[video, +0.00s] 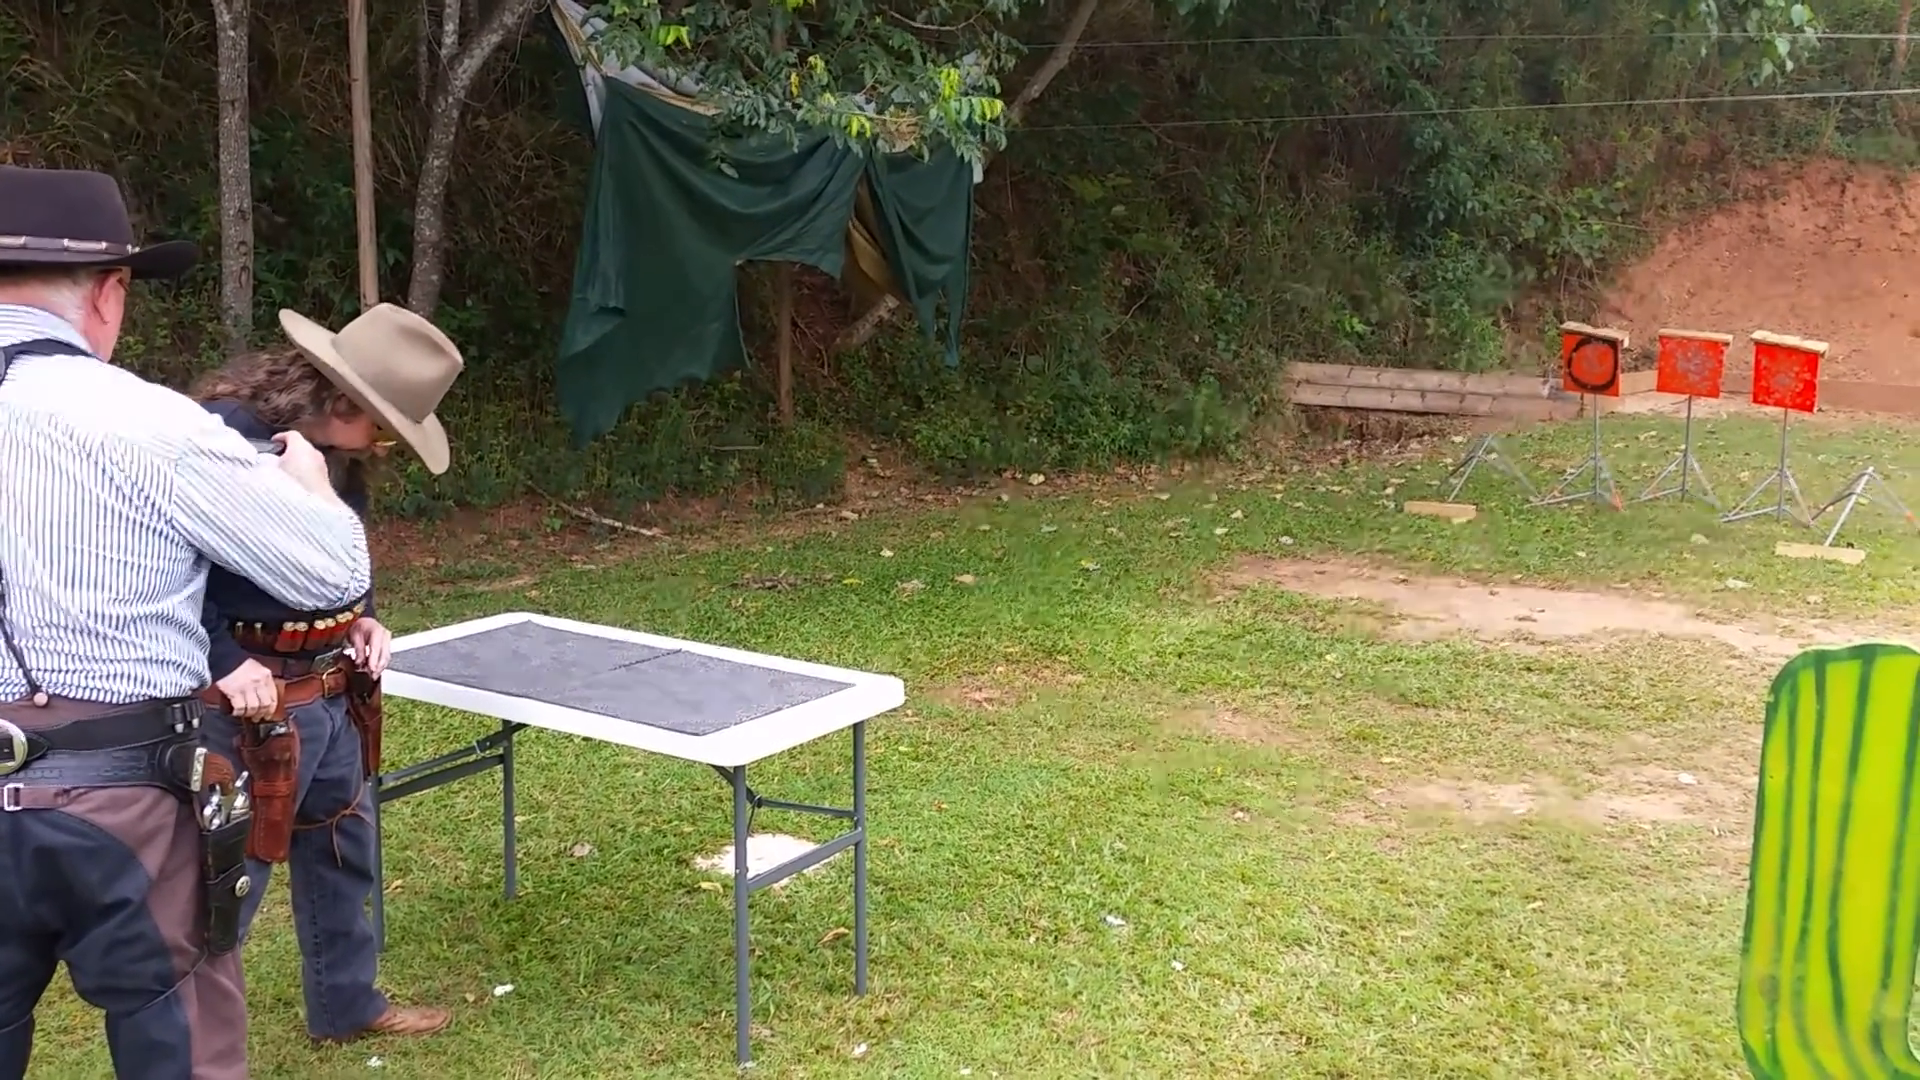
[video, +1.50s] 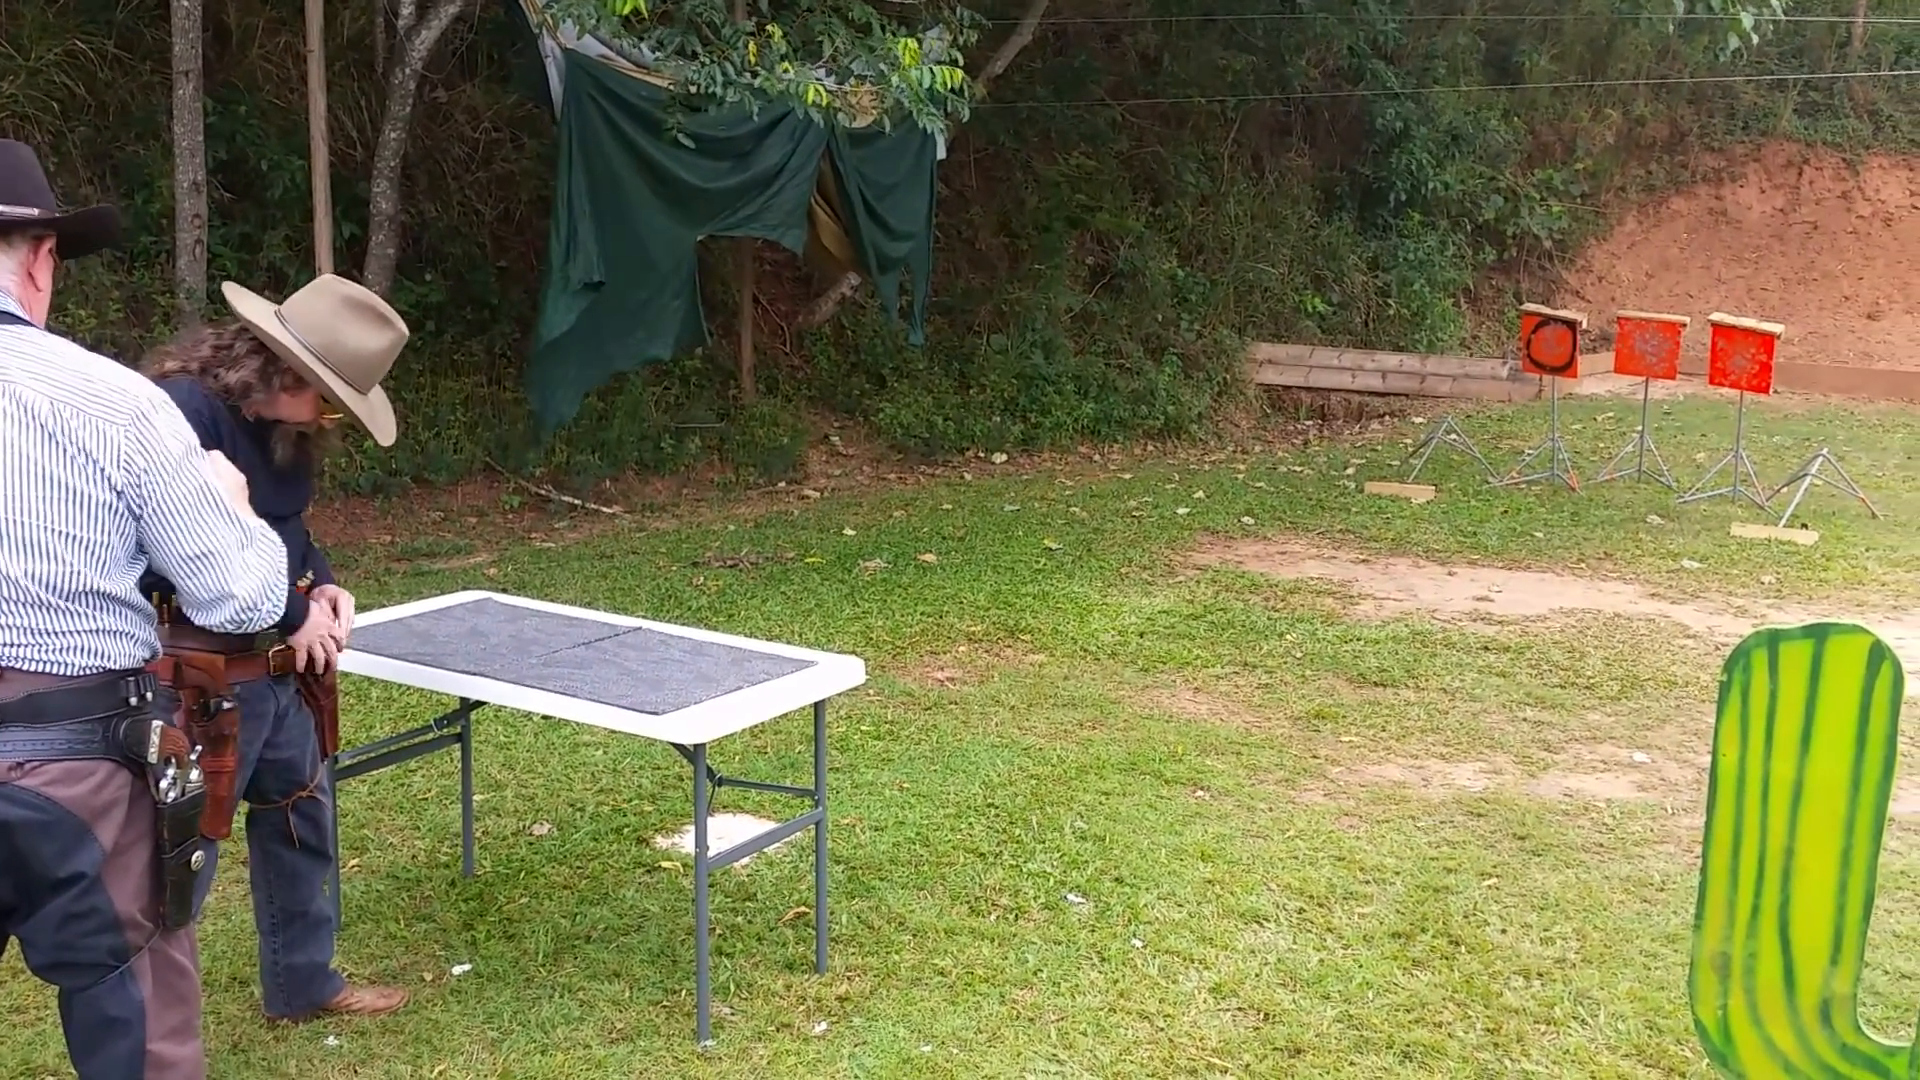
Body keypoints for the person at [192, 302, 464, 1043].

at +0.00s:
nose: (382, 447)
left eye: (390, 436)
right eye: (383, 431)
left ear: (355, 411)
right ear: (348, 404)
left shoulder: (335, 464)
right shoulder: (219, 442)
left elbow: (333, 564)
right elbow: (172, 573)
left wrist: (357, 619)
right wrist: (224, 658)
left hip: (326, 698)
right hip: (243, 709)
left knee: (342, 855)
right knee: (228, 886)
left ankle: (346, 1006)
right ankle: (187, 1032)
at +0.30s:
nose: (365, 449)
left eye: (373, 437)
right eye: (365, 433)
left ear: (339, 413)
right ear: (330, 405)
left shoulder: (315, 464)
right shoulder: (206, 443)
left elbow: (312, 564)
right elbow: (157, 576)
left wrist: (341, 621)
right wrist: (208, 660)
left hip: (312, 698)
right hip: (231, 709)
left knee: (327, 857)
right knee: (213, 885)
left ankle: (330, 1010)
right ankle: (177, 1036)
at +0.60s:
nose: (357, 442)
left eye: (366, 431)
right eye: (359, 426)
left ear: (334, 405)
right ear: (329, 400)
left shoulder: (305, 454)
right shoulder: (199, 436)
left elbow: (302, 556)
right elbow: (148, 566)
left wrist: (334, 614)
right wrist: (199, 653)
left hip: (305, 691)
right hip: (223, 703)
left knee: (320, 850)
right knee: (205, 879)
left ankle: (323, 1003)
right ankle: (166, 1029)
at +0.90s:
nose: (350, 434)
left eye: (359, 423)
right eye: (352, 418)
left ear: (327, 397)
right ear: (321, 392)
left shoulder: (298, 446)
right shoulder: (191, 427)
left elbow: (292, 550)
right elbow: (142, 557)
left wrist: (327, 607)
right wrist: (193, 645)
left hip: (298, 682)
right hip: (216, 695)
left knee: (314, 841)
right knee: (198, 872)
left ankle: (317, 994)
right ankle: (159, 1019)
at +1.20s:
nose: (341, 429)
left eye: (350, 418)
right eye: (343, 413)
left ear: (316, 391)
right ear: (314, 388)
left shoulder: (288, 441)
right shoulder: (180, 424)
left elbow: (288, 544)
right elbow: (128, 559)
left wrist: (319, 601)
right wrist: (183, 643)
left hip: (288, 680)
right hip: (203, 691)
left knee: (306, 836)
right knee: (191, 868)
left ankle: (311, 991)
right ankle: (157, 1020)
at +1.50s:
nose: (327, 421)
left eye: (336, 409)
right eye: (328, 405)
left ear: (303, 386)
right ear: (295, 378)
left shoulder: (282, 432)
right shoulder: (180, 413)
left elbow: (284, 528)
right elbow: (185, 554)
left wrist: (322, 585)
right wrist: (284, 612)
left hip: (277, 666)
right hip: (198, 673)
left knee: (300, 824)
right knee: (180, 856)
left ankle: (302, 986)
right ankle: (145, 1008)